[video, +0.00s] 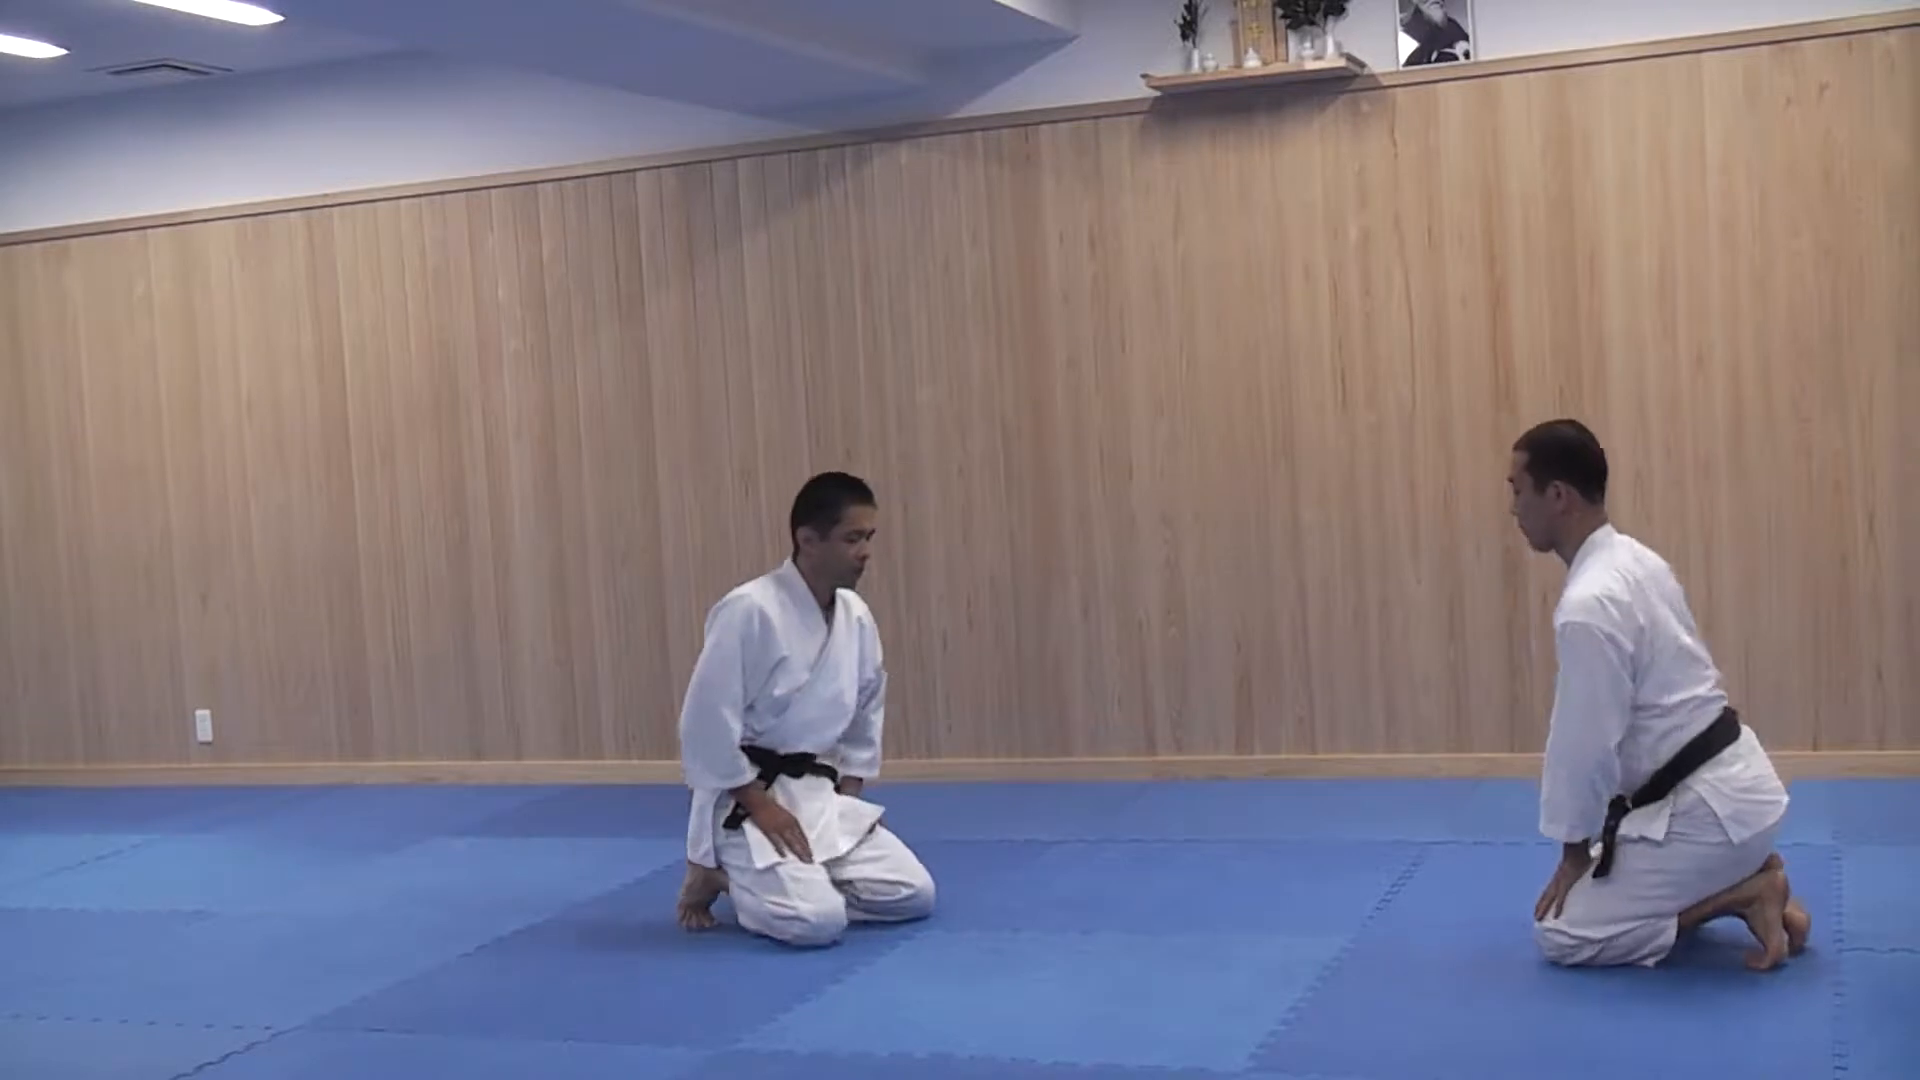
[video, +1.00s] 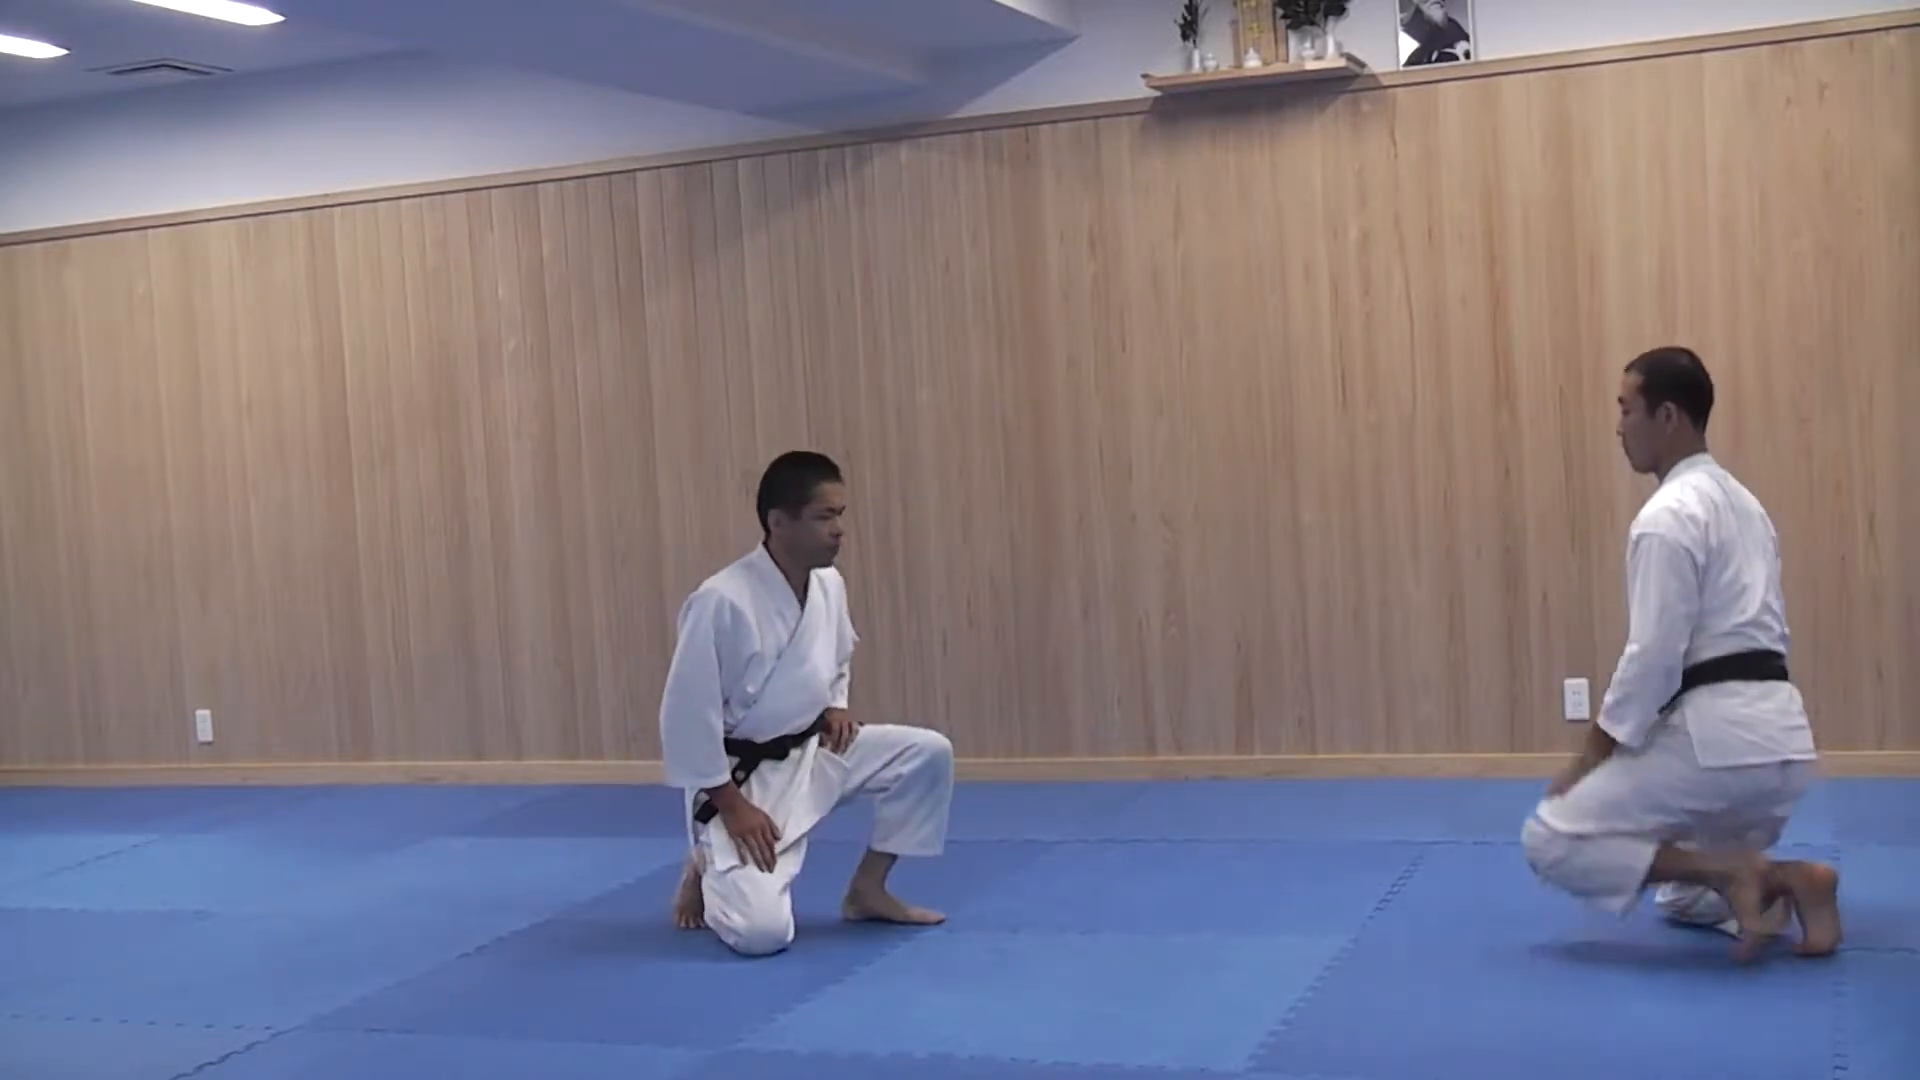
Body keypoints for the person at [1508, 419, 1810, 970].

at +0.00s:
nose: (1513, 508)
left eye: (1517, 491)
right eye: (1513, 491)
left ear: (1558, 496)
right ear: (1562, 496)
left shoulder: (1590, 603)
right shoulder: (1634, 560)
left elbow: (1585, 742)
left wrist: (1573, 853)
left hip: (1710, 814)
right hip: (1736, 791)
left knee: (1565, 938)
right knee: (1578, 910)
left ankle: (1741, 892)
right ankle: (1747, 882)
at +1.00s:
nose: (1619, 427)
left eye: (1626, 410)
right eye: (1620, 410)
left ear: (1669, 416)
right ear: (1681, 417)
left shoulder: (1668, 516)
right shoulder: (1747, 505)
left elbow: (1652, 659)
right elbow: (1761, 642)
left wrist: (1586, 761)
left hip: (1718, 740)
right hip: (1784, 737)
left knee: (1551, 838)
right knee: (1684, 897)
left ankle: (1730, 870)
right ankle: (1796, 884)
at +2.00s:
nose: (1500, 250)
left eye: (1508, 233)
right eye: (1501, 233)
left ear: (1548, 237)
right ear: (1575, 238)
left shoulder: (1552, 341)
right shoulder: (1649, 309)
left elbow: (1543, 481)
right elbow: (1695, 429)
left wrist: (1538, 600)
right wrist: (1623, 524)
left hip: (1644, 552)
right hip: (1720, 536)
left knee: (1550, 718)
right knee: (1735, 737)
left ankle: (1563, 905)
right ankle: (1847, 909)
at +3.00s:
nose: (1508, 200)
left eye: (1519, 183)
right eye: (1508, 185)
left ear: (1566, 187)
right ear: (1560, 189)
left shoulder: (1613, 289)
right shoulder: (1551, 296)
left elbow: (1654, 409)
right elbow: (1528, 424)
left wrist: (1571, 478)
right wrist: (1462, 490)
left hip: (1608, 547)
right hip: (1552, 548)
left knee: (1579, 734)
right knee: (1501, 723)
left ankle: (1610, 915)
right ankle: (1547, 890)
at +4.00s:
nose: (1373, 217)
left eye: (1382, 200)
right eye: (1374, 201)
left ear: (1426, 204)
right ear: (1421, 205)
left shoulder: (1490, 301)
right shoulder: (1397, 319)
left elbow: (1523, 418)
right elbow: (1334, 411)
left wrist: (1433, 488)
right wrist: (1231, 424)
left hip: (1507, 545)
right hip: (1437, 552)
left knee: (1548, 733)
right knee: (1399, 736)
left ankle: (1611, 909)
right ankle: (1385, 909)